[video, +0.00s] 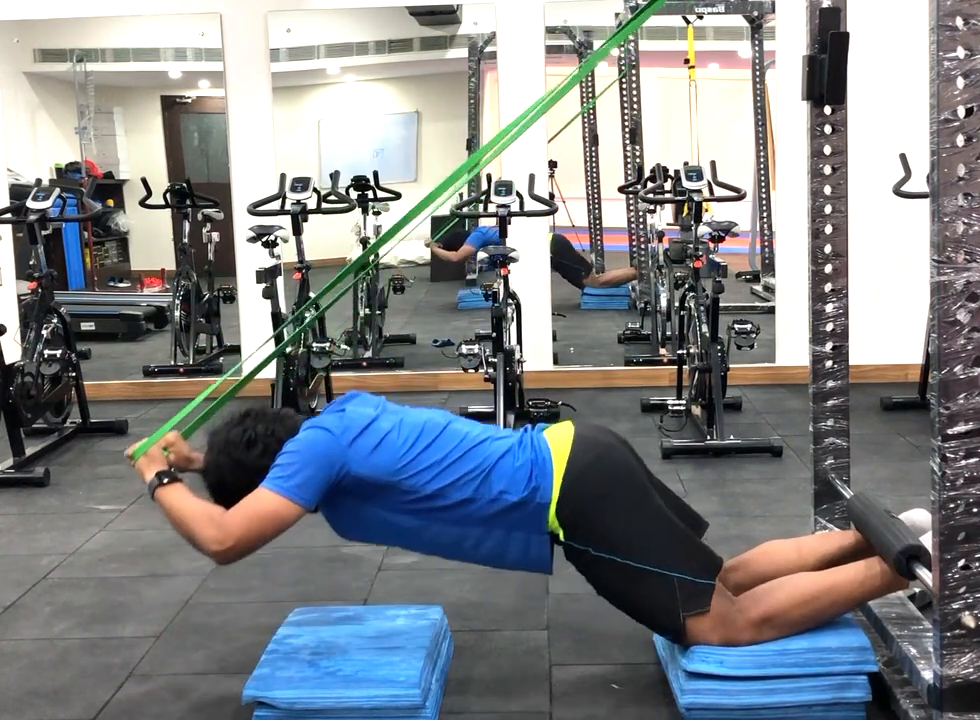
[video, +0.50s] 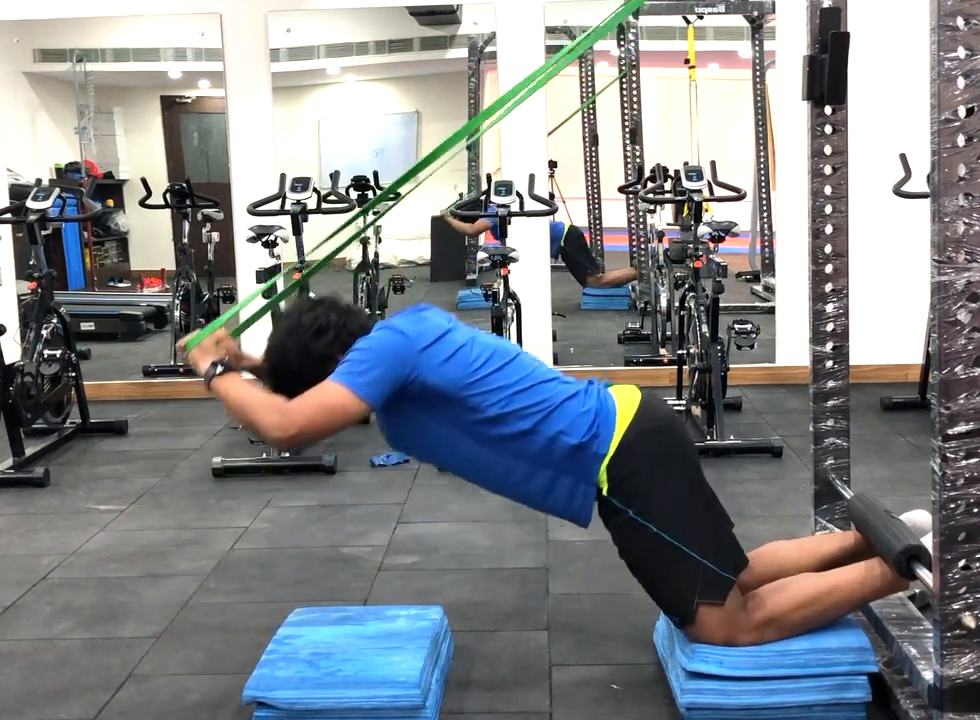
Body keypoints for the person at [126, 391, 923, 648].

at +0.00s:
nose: (260, 506)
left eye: (252, 491)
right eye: (251, 492)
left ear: (264, 460)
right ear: (275, 434)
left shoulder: (319, 444)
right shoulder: (330, 427)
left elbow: (221, 537)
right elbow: (237, 512)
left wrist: (161, 484)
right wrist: (185, 470)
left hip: (570, 491)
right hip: (573, 466)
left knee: (723, 623)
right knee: (713, 579)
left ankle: (897, 568)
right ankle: (858, 535)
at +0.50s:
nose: (318, 400)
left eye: (315, 387)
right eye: (313, 389)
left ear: (328, 355)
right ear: (343, 332)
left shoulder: (393, 342)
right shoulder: (400, 335)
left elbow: (283, 427)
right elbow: (299, 417)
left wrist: (218, 376)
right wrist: (239, 371)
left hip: (624, 454)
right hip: (623, 439)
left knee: (726, 628)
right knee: (720, 586)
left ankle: (901, 569)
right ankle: (859, 534)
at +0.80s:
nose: (362, 316)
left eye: (362, 303)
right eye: (360, 304)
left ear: (385, 285)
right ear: (400, 270)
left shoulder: (458, 277)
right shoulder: (456, 281)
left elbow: (339, 336)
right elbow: (345, 338)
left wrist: (269, 278)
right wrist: (282, 285)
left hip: (658, 437)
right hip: (657, 428)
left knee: (726, 623)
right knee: (720, 579)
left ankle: (910, 572)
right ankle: (865, 539)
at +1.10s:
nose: (448, 250)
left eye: (451, 234)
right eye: (444, 235)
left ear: (480, 210)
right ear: (481, 210)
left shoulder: (546, 222)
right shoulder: (527, 236)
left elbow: (421, 263)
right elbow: (422, 263)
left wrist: (349, 195)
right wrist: (360, 208)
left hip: (702, 432)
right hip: (682, 436)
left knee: (729, 622)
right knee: (724, 581)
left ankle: (906, 573)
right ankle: (868, 540)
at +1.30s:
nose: (519, 207)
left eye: (520, 192)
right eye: (511, 194)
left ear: (548, 172)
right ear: (565, 157)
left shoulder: (616, 186)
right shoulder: (588, 218)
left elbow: (490, 203)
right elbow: (493, 204)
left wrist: (429, 123)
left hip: (725, 427)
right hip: (690, 436)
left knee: (729, 624)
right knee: (714, 580)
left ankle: (905, 582)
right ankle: (866, 548)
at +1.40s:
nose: (543, 182)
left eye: (550, 167)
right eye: (540, 168)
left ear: (583, 148)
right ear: (590, 150)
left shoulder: (648, 173)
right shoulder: (612, 203)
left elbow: (526, 174)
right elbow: (528, 178)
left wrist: (475, 86)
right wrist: (483, 102)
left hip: (731, 427)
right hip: (697, 430)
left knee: (724, 620)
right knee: (710, 572)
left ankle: (908, 595)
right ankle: (867, 559)